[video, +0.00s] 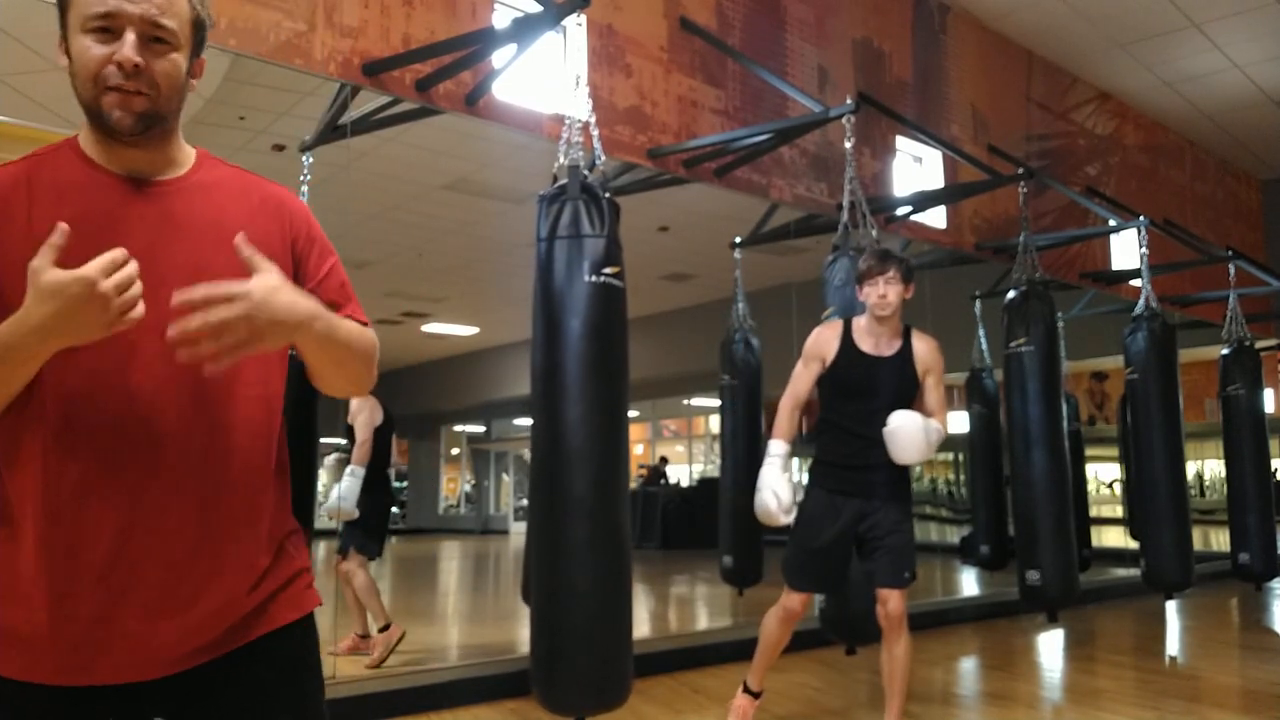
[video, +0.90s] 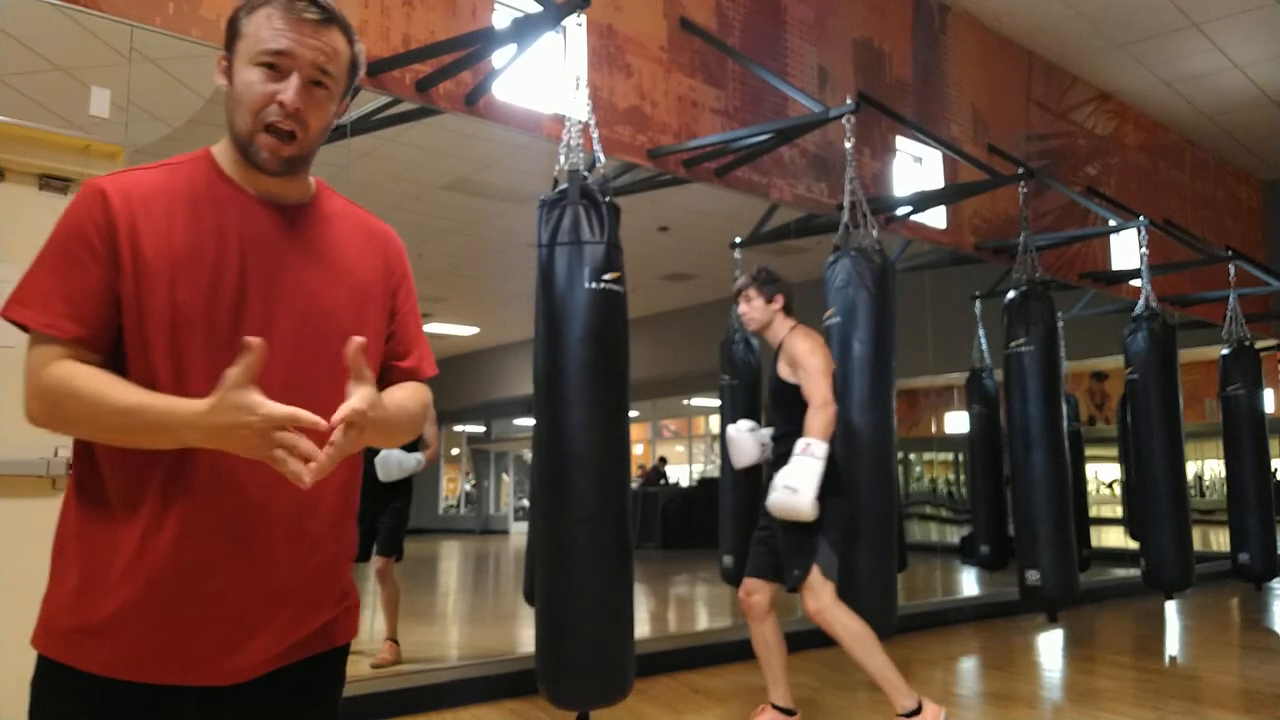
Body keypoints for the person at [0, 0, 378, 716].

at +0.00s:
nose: (128, 56)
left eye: (157, 39)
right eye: (103, 31)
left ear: (195, 70)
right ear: (64, 50)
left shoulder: (274, 213)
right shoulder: (8, 200)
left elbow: (358, 375)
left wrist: (302, 320)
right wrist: (31, 335)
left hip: (247, 634)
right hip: (44, 642)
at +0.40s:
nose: (188, 88)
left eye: (219, 70)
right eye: (166, 57)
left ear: (246, 91)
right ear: (118, 59)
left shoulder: (296, 232)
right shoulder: (21, 208)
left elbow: (334, 409)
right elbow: (3, 398)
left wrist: (326, 346)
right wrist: (78, 356)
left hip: (244, 652)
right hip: (51, 655)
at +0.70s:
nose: (259, 92)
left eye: (290, 78)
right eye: (241, 61)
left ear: (313, 103)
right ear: (195, 61)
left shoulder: (355, 243)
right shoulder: (82, 210)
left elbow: (401, 391)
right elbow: (7, 381)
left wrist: (381, 423)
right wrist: (145, 423)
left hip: (277, 658)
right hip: (91, 653)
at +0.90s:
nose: (289, 99)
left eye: (318, 84)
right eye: (270, 68)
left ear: (341, 106)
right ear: (225, 72)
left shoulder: (376, 248)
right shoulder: (117, 208)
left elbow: (416, 400)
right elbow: (47, 387)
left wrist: (374, 419)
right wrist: (202, 422)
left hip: (295, 651)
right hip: (116, 646)